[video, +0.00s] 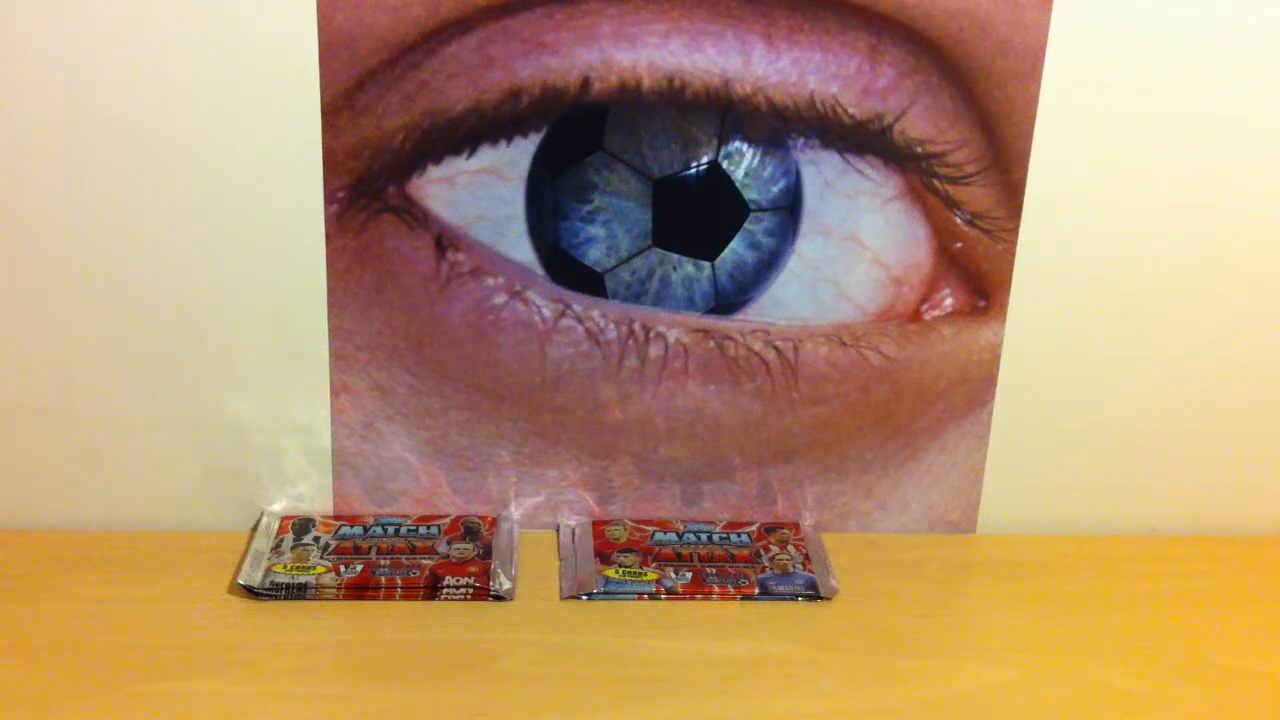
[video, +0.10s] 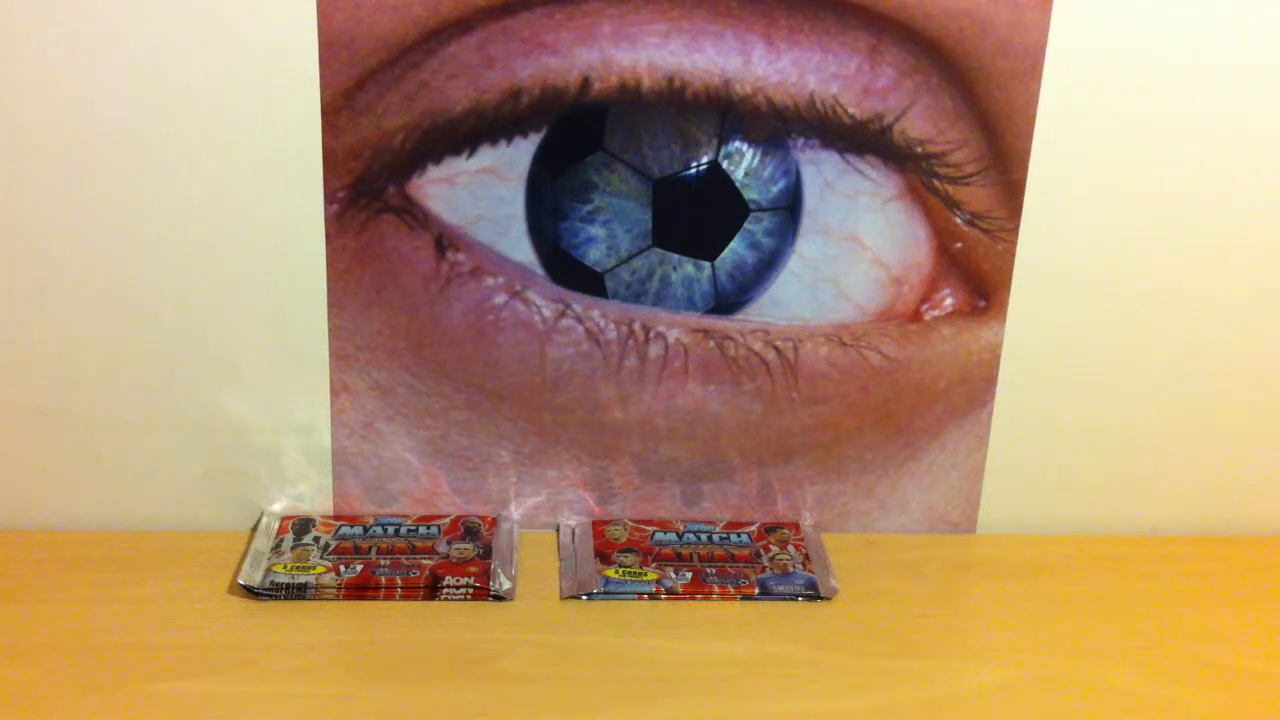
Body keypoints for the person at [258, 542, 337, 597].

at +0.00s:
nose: (309, 554)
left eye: (312, 551)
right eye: (305, 551)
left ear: (315, 552)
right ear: (293, 551)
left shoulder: (323, 569)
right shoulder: (274, 568)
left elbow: (328, 596)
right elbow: (264, 593)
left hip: (309, 610)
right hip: (277, 609)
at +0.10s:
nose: (309, 554)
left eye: (312, 551)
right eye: (305, 551)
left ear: (315, 552)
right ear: (293, 551)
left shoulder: (323, 569)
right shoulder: (274, 568)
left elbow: (328, 596)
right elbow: (264, 593)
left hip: (309, 610)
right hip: (277, 609)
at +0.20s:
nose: (309, 554)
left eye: (312, 551)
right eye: (305, 551)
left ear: (315, 552)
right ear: (293, 551)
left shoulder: (323, 569)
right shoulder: (274, 568)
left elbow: (328, 596)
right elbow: (264, 593)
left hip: (309, 610)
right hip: (277, 609)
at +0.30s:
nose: (309, 554)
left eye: (312, 551)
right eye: (305, 551)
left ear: (315, 552)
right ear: (293, 551)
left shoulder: (323, 569)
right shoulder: (274, 568)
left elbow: (328, 596)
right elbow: (264, 593)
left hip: (309, 610)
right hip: (277, 609)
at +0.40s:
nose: (309, 554)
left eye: (312, 551)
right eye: (305, 550)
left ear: (315, 552)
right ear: (293, 551)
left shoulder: (323, 569)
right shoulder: (274, 568)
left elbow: (327, 596)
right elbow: (263, 593)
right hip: (277, 610)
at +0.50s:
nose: (309, 555)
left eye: (312, 551)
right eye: (305, 551)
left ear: (315, 552)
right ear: (293, 551)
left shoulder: (323, 569)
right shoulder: (274, 568)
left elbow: (328, 596)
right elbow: (263, 593)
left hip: (309, 610)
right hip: (277, 609)